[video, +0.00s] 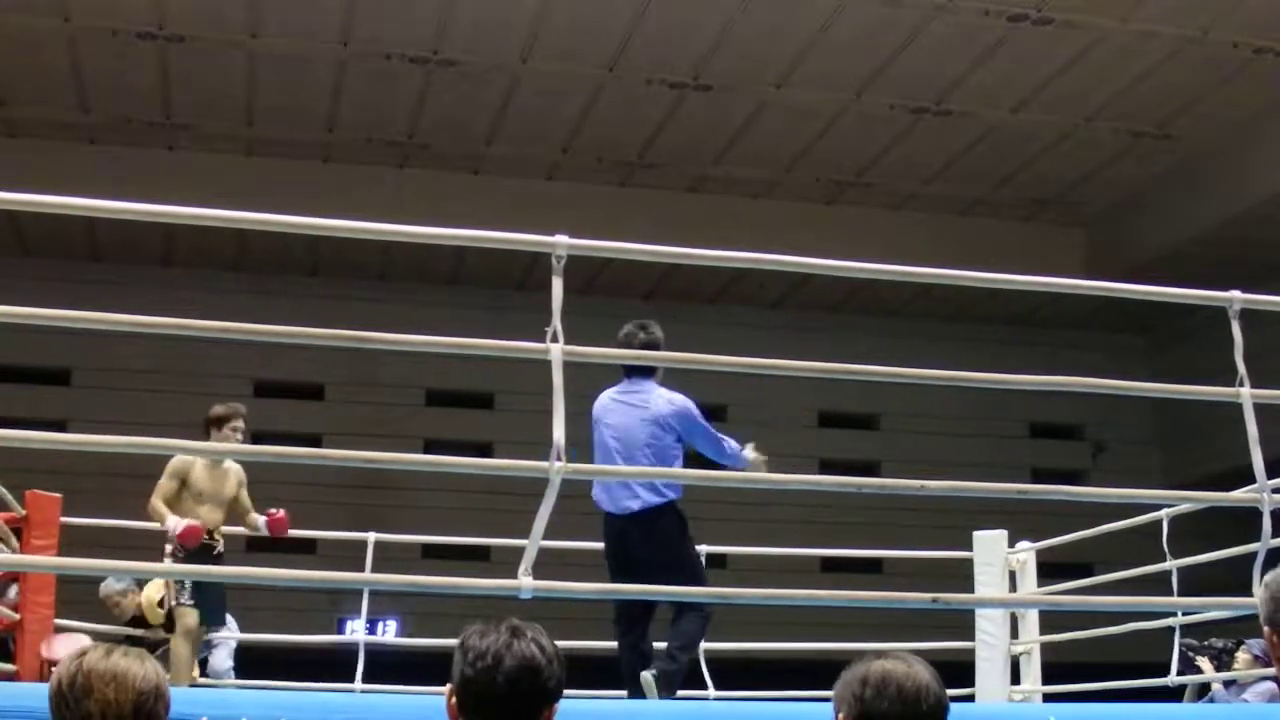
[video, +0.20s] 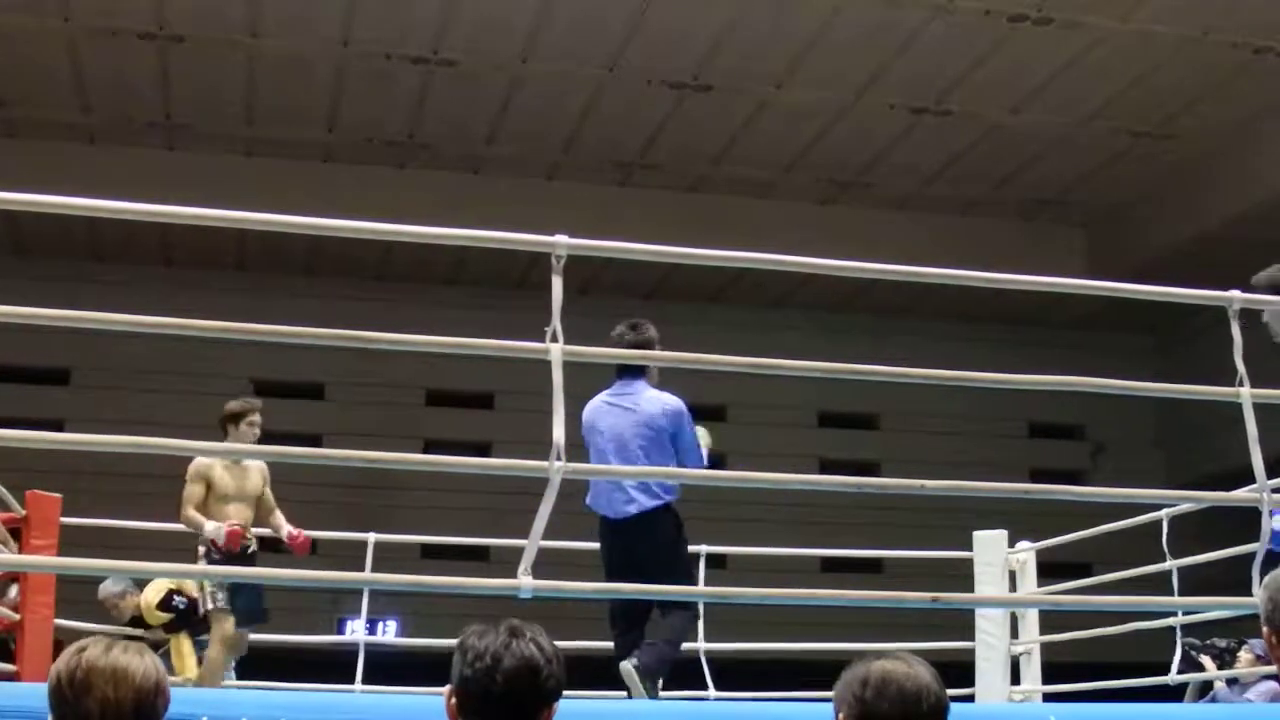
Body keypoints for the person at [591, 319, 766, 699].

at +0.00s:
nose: (657, 359)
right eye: (659, 353)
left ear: (622, 358)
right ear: (660, 360)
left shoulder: (602, 403)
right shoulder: (673, 405)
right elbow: (713, 444)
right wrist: (744, 456)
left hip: (615, 524)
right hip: (661, 521)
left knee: (631, 610)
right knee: (694, 600)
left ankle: (635, 700)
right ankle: (664, 677)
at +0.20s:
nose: (660, 360)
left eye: (655, 354)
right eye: (658, 354)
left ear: (615, 359)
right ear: (652, 360)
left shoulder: (592, 409)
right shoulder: (670, 407)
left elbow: (600, 458)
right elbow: (694, 467)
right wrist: (698, 445)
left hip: (611, 524)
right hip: (657, 520)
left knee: (626, 609)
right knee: (681, 603)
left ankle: (635, 699)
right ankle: (645, 665)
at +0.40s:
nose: (659, 356)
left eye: (656, 349)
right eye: (656, 350)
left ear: (610, 356)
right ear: (646, 357)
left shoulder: (578, 407)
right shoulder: (659, 403)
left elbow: (555, 458)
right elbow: (657, 468)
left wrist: (589, 486)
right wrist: (672, 488)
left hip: (600, 521)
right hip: (643, 516)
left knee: (616, 610)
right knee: (649, 611)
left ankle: (630, 700)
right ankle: (611, 700)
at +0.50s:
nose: (655, 351)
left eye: (653, 343)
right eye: (652, 344)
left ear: (610, 346)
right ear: (642, 348)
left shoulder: (576, 395)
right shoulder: (652, 393)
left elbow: (549, 446)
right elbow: (653, 456)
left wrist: (581, 480)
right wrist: (664, 488)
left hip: (588, 513)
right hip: (631, 510)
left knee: (610, 606)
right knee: (626, 608)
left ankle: (622, 695)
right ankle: (608, 700)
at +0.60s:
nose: (649, 334)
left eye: (646, 326)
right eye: (646, 327)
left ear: (600, 331)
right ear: (636, 332)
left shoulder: (572, 379)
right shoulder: (645, 377)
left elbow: (548, 442)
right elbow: (651, 439)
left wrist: (569, 474)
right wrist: (654, 478)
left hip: (577, 496)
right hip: (621, 495)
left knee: (594, 587)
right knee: (620, 588)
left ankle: (600, 678)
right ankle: (608, 685)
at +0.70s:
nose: (636, 329)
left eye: (635, 322)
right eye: (634, 323)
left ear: (590, 326)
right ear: (628, 327)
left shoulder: (561, 376)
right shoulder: (638, 373)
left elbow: (550, 440)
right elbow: (646, 436)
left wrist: (565, 474)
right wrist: (648, 470)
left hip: (567, 492)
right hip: (612, 493)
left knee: (576, 588)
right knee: (612, 588)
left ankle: (574, 679)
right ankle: (606, 687)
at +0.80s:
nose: (622, 324)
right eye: (621, 319)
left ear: (576, 322)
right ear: (617, 325)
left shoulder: (548, 374)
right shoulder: (626, 373)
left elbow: (538, 444)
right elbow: (638, 442)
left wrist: (556, 479)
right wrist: (625, 472)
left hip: (554, 492)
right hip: (602, 494)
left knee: (550, 593)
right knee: (605, 592)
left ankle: (536, 690)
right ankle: (605, 691)